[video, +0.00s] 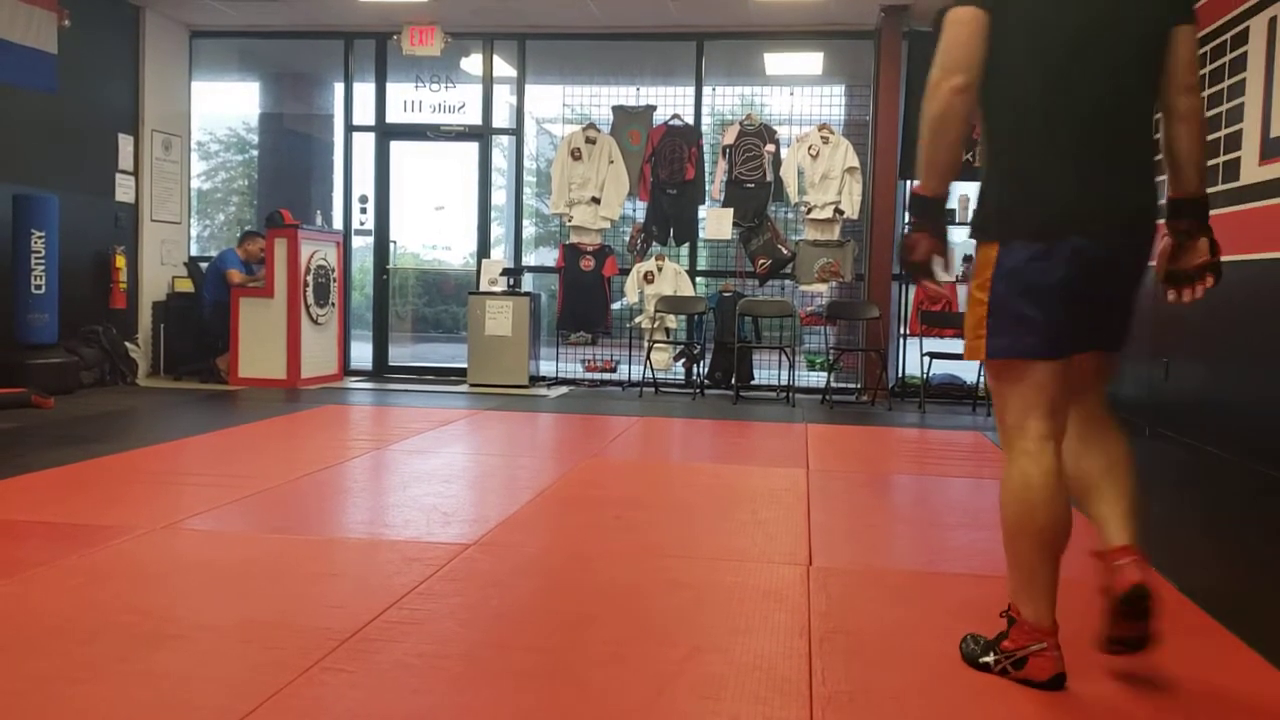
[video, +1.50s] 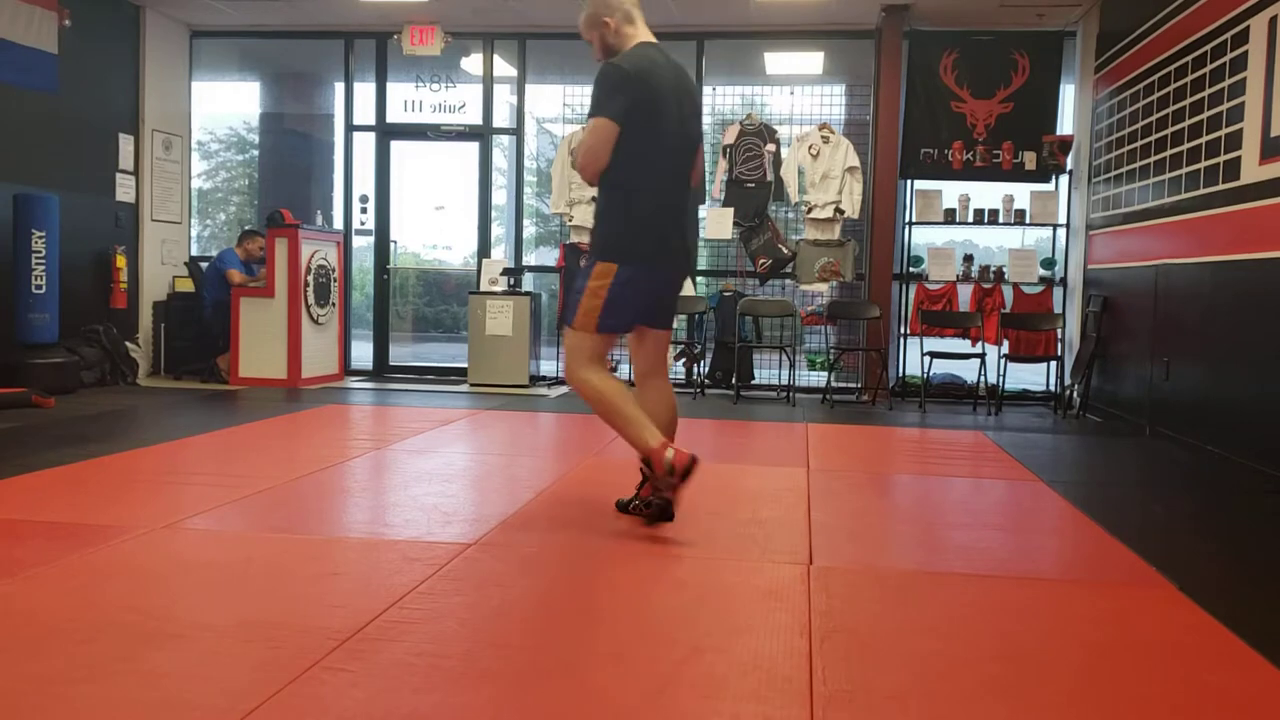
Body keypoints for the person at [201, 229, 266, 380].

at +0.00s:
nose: (262, 255)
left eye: (263, 251)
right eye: (260, 250)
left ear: (248, 246)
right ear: (247, 245)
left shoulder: (245, 263)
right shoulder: (229, 256)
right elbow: (234, 279)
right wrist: (257, 278)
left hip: (229, 308)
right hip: (214, 309)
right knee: (252, 332)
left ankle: (226, 363)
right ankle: (223, 362)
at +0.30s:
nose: (262, 255)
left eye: (263, 252)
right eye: (260, 250)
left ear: (248, 246)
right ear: (247, 245)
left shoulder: (245, 264)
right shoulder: (229, 256)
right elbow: (235, 280)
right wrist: (257, 278)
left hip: (230, 309)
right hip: (214, 310)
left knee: (259, 328)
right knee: (253, 331)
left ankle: (227, 363)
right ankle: (223, 362)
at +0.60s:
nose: (262, 254)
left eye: (263, 251)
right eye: (260, 249)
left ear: (248, 246)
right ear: (247, 245)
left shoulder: (245, 263)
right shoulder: (229, 256)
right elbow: (234, 279)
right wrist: (257, 278)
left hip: (230, 309)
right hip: (214, 310)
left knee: (258, 328)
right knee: (253, 331)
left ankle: (226, 363)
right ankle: (223, 362)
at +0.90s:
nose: (262, 254)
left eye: (263, 251)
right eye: (260, 249)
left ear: (247, 246)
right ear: (247, 245)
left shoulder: (244, 263)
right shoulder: (229, 256)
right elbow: (235, 279)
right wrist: (257, 278)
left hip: (229, 308)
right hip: (214, 309)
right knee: (253, 331)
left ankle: (226, 363)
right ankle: (223, 362)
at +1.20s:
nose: (262, 254)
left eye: (263, 251)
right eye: (260, 249)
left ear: (247, 246)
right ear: (246, 245)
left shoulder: (245, 264)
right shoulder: (228, 256)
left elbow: (252, 283)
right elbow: (234, 280)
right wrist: (257, 278)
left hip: (230, 308)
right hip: (214, 309)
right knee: (253, 331)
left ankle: (227, 362)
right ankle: (224, 361)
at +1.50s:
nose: (262, 253)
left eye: (263, 250)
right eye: (260, 248)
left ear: (247, 245)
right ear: (247, 244)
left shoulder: (245, 263)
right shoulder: (228, 255)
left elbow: (253, 282)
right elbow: (236, 280)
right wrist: (258, 279)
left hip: (230, 308)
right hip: (213, 309)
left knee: (257, 328)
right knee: (252, 331)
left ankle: (226, 362)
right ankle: (223, 362)